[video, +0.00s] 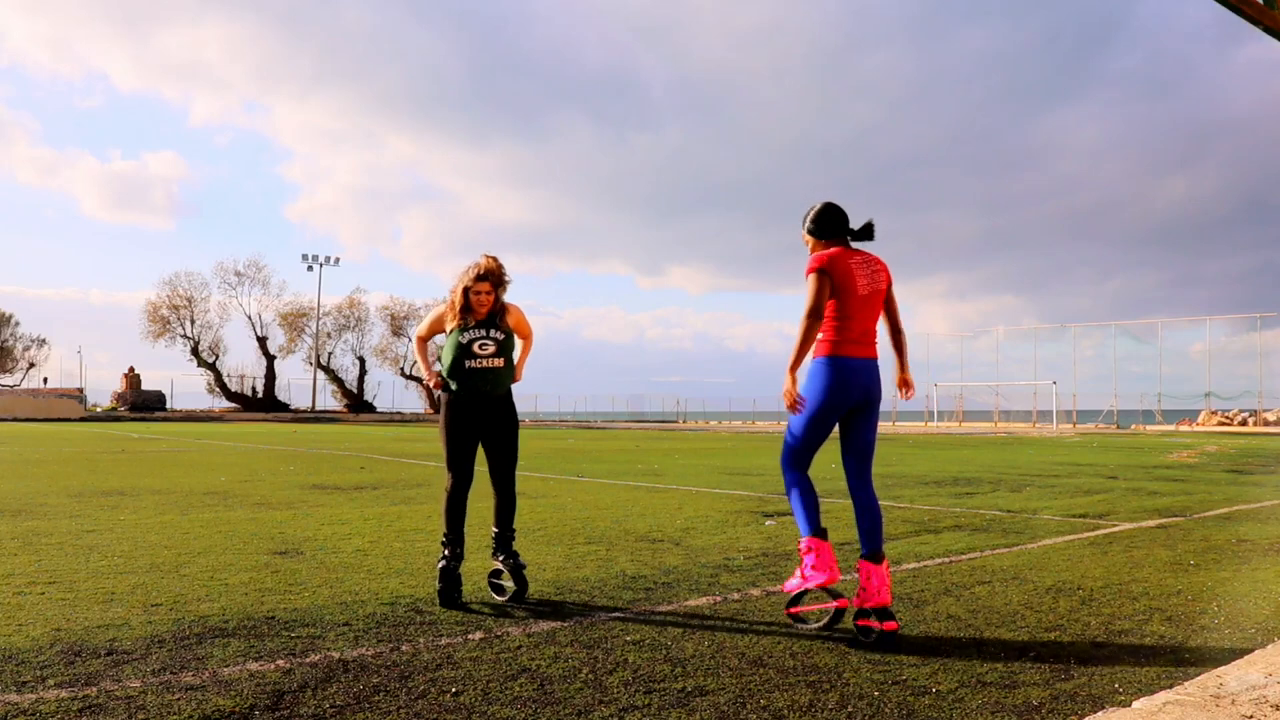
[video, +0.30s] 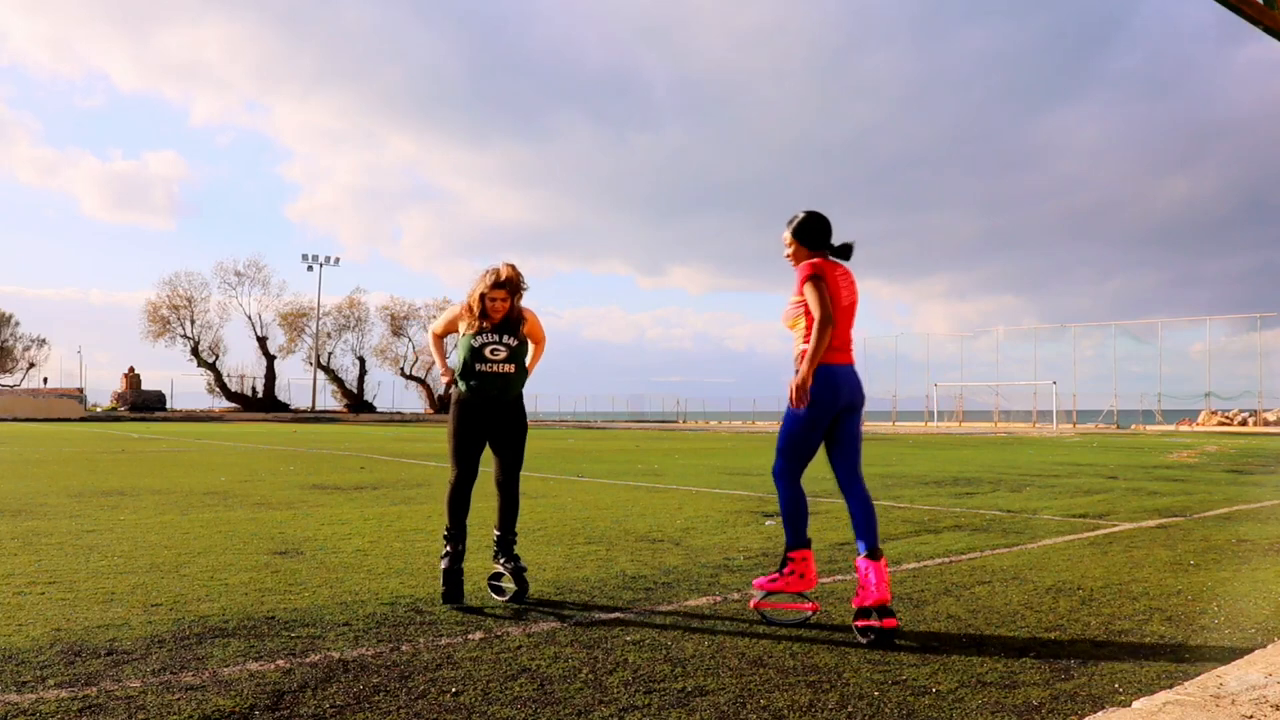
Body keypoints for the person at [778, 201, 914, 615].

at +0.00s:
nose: (806, 247)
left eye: (806, 241)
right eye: (805, 241)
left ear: (815, 237)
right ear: (843, 232)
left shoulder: (822, 261)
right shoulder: (877, 265)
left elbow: (814, 316)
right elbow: (895, 327)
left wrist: (791, 371)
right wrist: (903, 367)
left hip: (829, 373)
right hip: (868, 375)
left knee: (792, 462)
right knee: (860, 478)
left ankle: (816, 558)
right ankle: (875, 582)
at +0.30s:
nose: (785, 252)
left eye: (787, 244)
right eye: (785, 244)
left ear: (798, 243)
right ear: (821, 241)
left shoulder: (808, 270)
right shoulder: (844, 274)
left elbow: (824, 318)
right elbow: (834, 326)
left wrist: (804, 373)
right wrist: (794, 322)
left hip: (820, 381)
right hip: (848, 382)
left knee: (785, 471)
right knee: (851, 480)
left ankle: (798, 565)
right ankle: (873, 575)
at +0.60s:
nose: (765, 251)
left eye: (769, 244)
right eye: (764, 244)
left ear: (786, 244)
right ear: (794, 243)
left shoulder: (798, 274)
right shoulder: (799, 273)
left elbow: (820, 330)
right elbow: (797, 336)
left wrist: (784, 376)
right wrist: (773, 375)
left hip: (798, 381)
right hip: (808, 379)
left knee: (783, 470)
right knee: (789, 468)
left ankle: (796, 567)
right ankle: (836, 540)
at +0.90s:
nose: (754, 252)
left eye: (760, 246)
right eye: (754, 246)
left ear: (780, 246)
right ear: (759, 245)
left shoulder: (799, 275)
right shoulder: (763, 277)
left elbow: (827, 313)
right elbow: (769, 328)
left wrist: (836, 330)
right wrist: (760, 368)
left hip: (791, 379)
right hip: (764, 378)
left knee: (781, 470)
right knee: (750, 467)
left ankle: (797, 563)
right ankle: (769, 545)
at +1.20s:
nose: (746, 257)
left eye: (754, 251)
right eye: (742, 250)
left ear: (769, 252)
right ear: (736, 250)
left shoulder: (789, 280)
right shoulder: (730, 286)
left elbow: (832, 315)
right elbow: (722, 339)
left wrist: (882, 346)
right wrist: (699, 384)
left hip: (785, 377)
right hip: (749, 380)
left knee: (782, 466)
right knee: (748, 466)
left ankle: (796, 558)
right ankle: (750, 553)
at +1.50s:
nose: (755, 251)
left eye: (761, 245)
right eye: (749, 246)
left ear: (773, 249)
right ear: (742, 250)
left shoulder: (794, 282)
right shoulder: (731, 287)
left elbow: (795, 331)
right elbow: (710, 338)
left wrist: (789, 366)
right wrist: (679, 377)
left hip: (792, 381)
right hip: (753, 382)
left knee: (792, 466)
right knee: (754, 467)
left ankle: (802, 546)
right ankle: (752, 551)